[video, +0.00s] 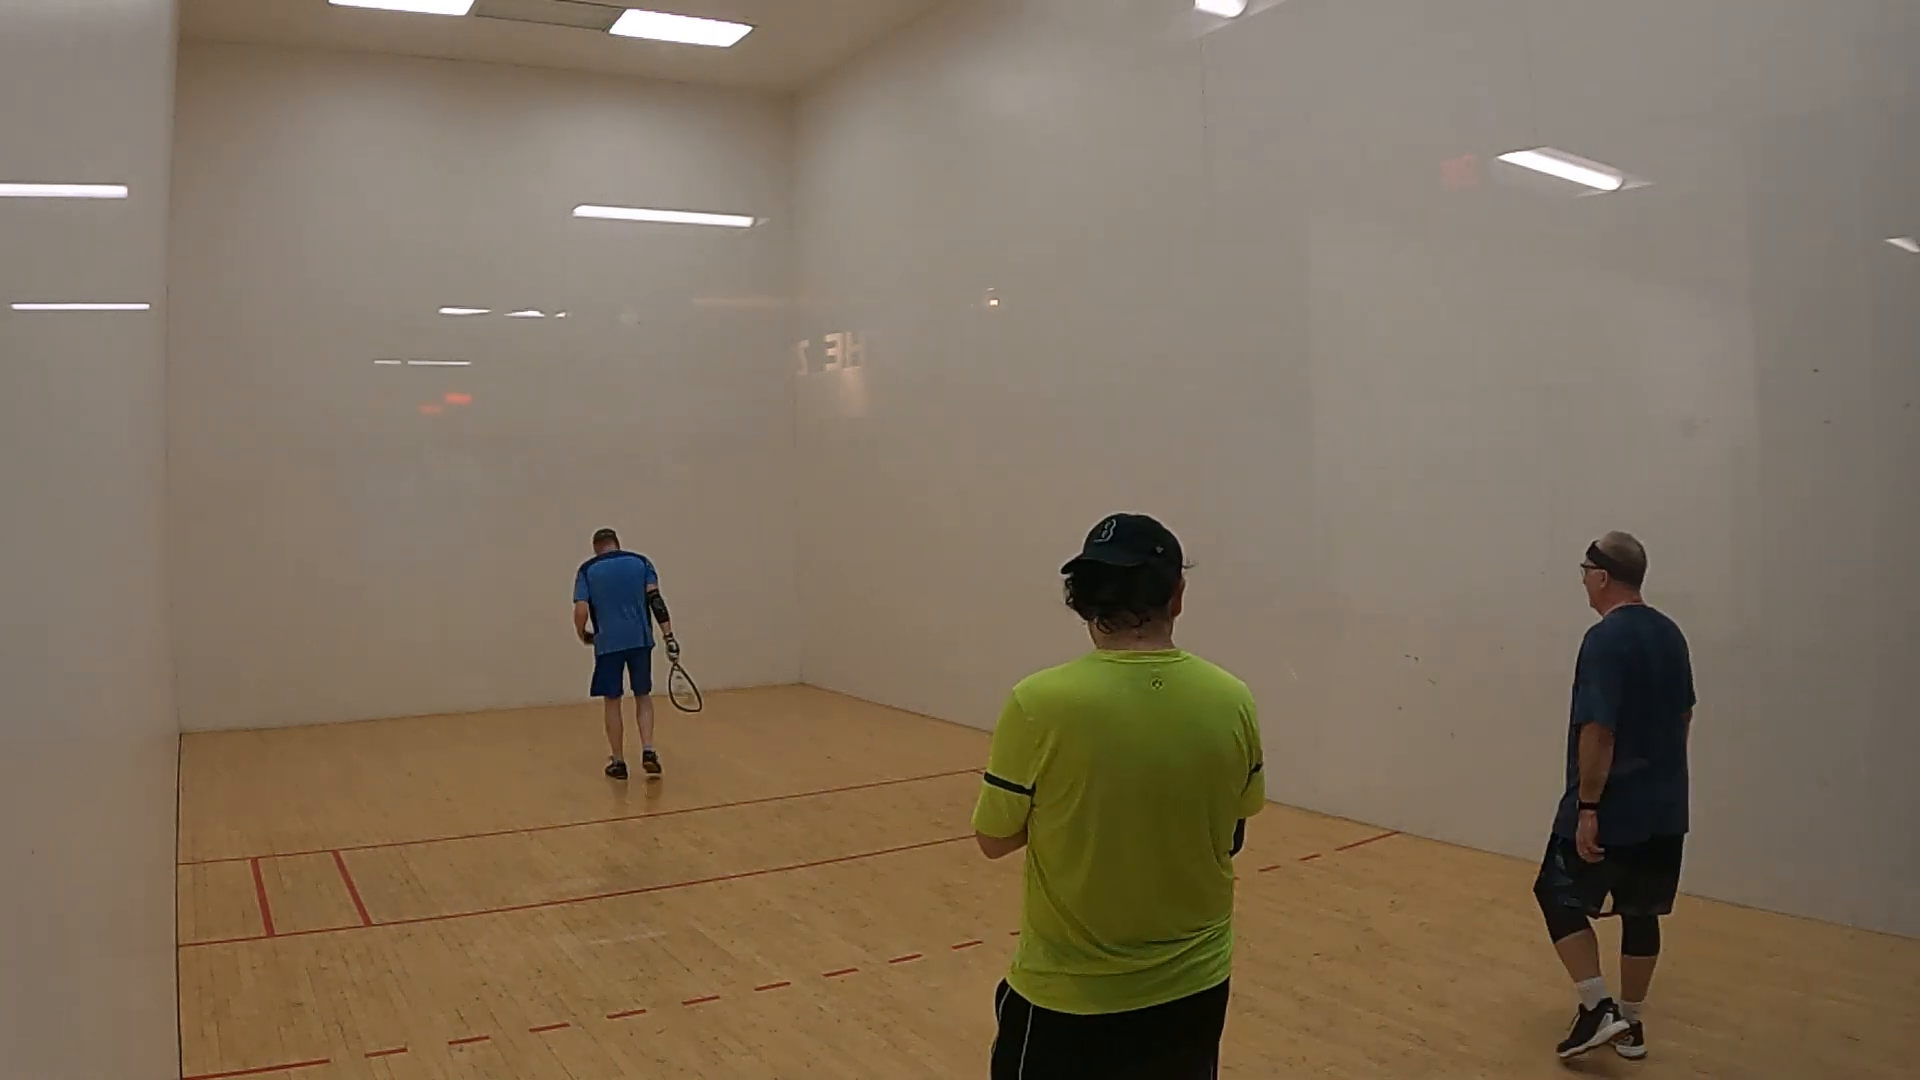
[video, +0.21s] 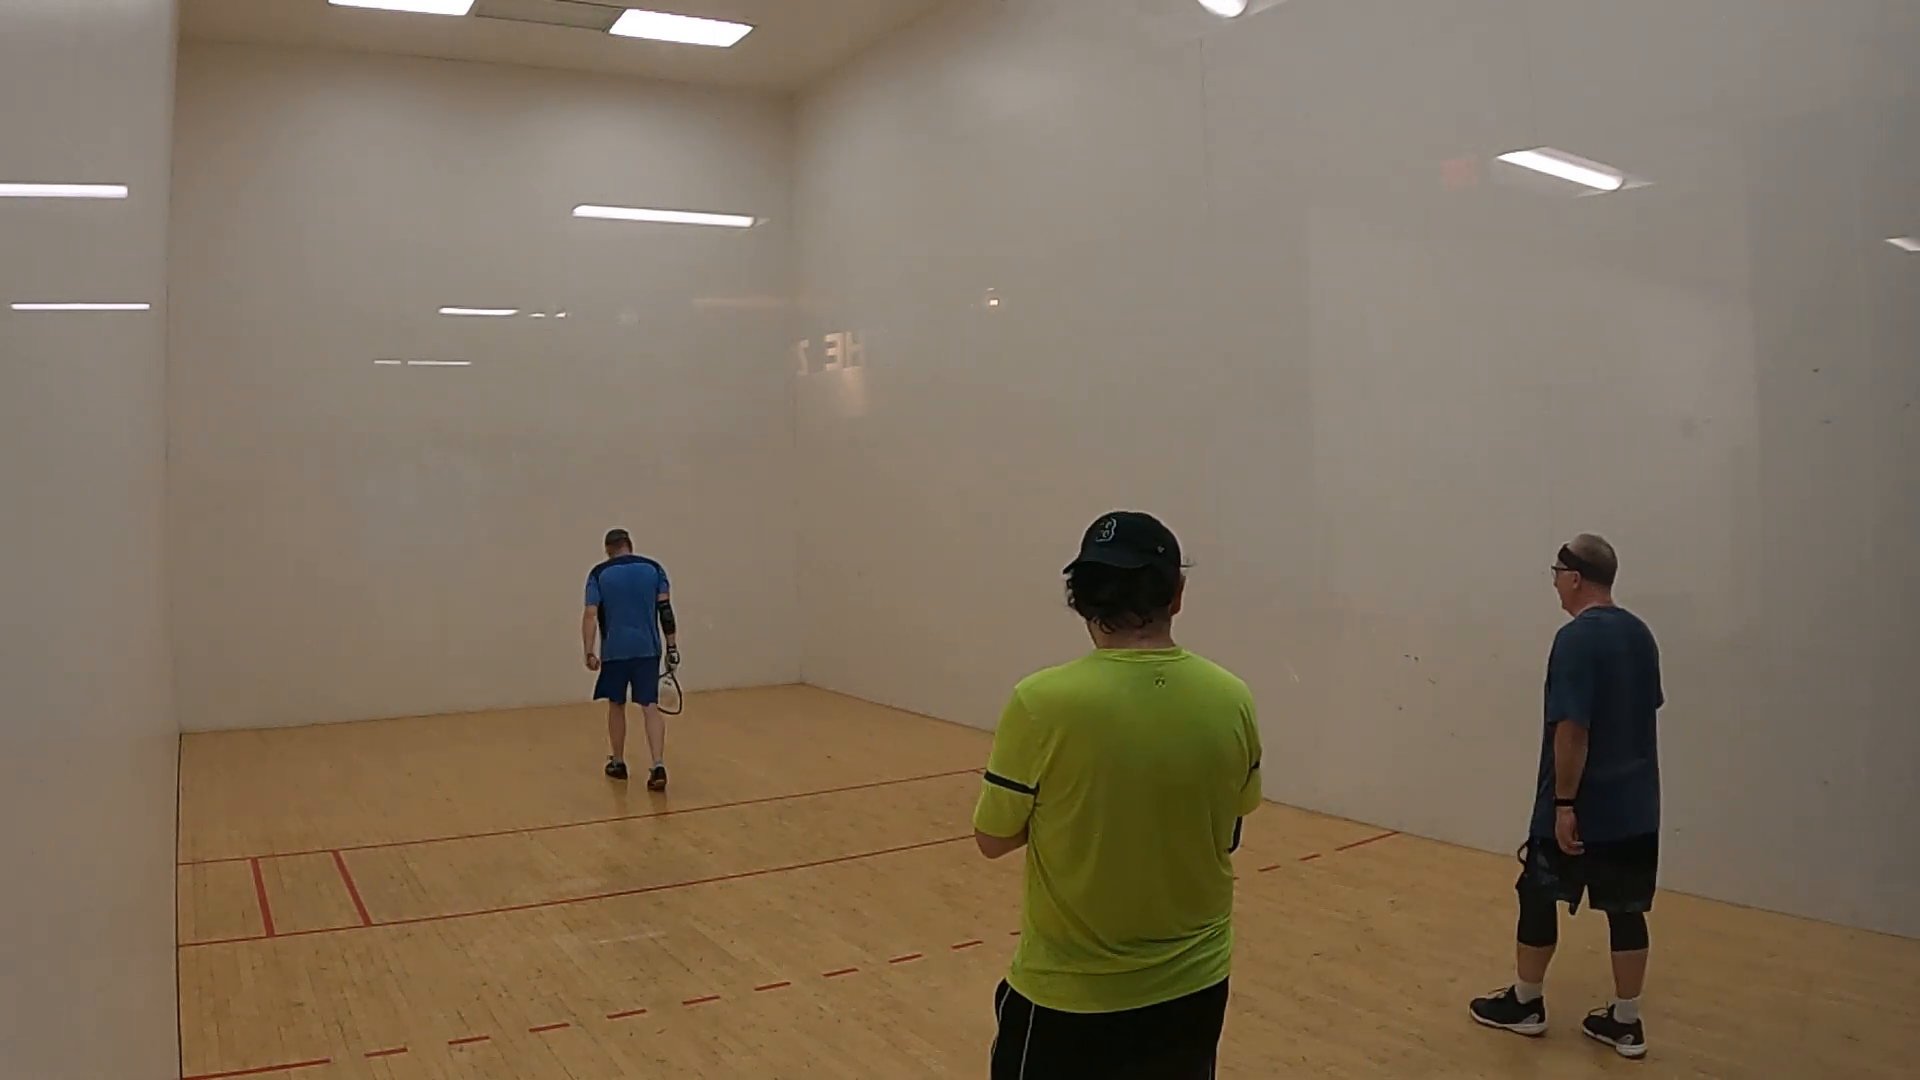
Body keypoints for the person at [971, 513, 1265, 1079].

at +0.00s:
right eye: (1186, 585)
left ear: (1082, 599)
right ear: (1178, 596)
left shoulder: (1039, 703)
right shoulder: (1230, 701)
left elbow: (994, 838)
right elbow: (1232, 833)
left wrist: (1069, 796)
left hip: (1061, 1016)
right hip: (1188, 1010)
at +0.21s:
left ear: (1080, 598)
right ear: (1178, 596)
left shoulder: (1041, 702)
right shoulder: (1229, 699)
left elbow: (993, 838)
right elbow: (1230, 831)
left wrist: (1071, 798)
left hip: (1061, 1014)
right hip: (1189, 1008)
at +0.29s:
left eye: (1082, 590)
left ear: (1082, 600)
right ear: (1177, 596)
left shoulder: (1042, 700)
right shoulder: (1229, 697)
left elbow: (991, 840)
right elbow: (1230, 832)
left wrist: (1067, 795)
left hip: (1064, 1013)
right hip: (1190, 1005)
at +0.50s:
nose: (1069, 597)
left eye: (1069, 584)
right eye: (1071, 582)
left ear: (1078, 595)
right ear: (1165, 590)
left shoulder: (1047, 695)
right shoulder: (1229, 696)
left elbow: (981, 850)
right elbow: (1242, 847)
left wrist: (1038, 796)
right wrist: (1201, 927)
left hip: (1065, 1011)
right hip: (1190, 1002)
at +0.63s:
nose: (1065, 593)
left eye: (1066, 580)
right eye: (1067, 578)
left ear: (1075, 594)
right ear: (1160, 588)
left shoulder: (1047, 691)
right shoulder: (1227, 693)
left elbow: (980, 840)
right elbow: (1248, 849)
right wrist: (1239, 956)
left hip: (1063, 1012)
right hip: (1188, 1002)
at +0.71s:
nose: (1064, 590)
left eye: (1065, 576)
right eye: (1067, 575)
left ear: (1074, 589)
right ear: (1157, 587)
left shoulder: (1046, 689)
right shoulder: (1226, 691)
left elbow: (983, 827)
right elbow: (1251, 847)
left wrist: (985, 914)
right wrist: (1255, 959)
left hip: (1062, 1011)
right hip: (1188, 1005)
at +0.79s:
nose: (1063, 587)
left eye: (1065, 574)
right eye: (1066, 572)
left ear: (1074, 590)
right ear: (1157, 585)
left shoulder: (1048, 684)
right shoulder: (1222, 688)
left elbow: (993, 814)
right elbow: (1254, 841)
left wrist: (998, 915)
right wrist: (1273, 962)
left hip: (1066, 1005)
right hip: (1189, 998)